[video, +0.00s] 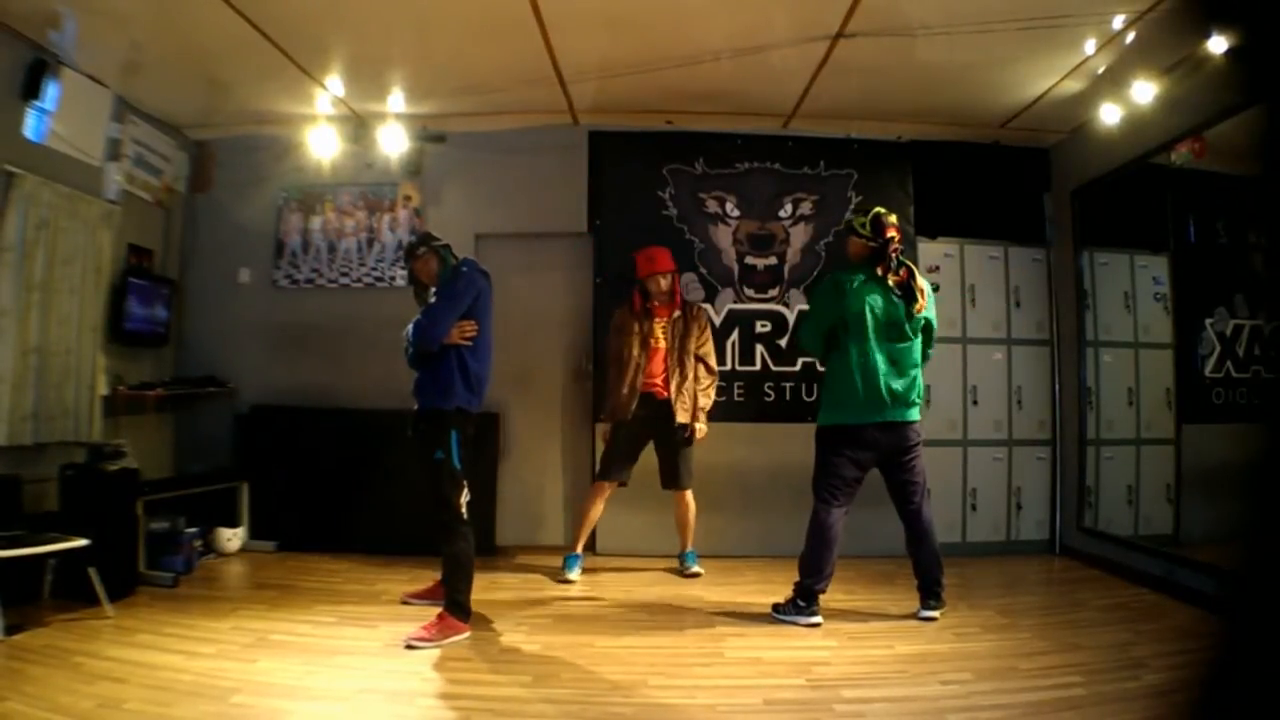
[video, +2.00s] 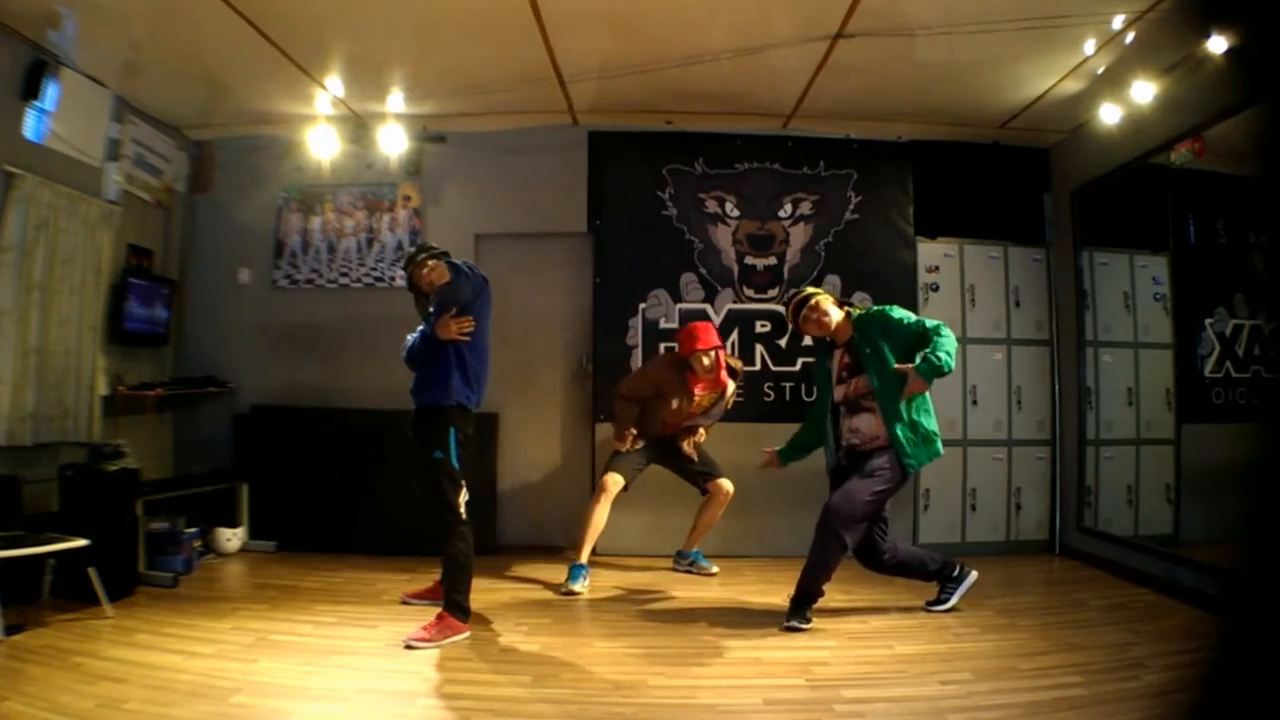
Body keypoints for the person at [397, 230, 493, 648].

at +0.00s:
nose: (418, 275)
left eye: (420, 265)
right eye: (413, 269)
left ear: (435, 255)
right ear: (419, 268)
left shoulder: (468, 276)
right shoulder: (443, 290)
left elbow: (432, 334)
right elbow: (411, 347)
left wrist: (414, 329)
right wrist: (438, 334)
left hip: (455, 408)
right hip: (435, 407)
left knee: (455, 509)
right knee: (443, 502)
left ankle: (456, 614)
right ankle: (448, 581)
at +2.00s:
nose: (428, 276)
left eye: (431, 267)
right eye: (420, 276)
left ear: (445, 263)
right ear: (417, 285)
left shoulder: (473, 283)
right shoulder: (435, 309)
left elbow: (456, 285)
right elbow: (410, 355)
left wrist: (415, 334)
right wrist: (433, 332)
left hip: (454, 407)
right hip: (431, 408)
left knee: (455, 508)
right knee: (443, 503)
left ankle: (455, 613)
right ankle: (448, 582)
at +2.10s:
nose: (427, 279)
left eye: (430, 270)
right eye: (419, 279)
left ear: (443, 262)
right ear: (416, 286)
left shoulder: (471, 281)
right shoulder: (435, 308)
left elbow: (453, 288)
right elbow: (410, 355)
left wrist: (416, 335)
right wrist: (434, 332)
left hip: (453, 406)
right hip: (432, 407)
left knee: (455, 508)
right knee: (444, 502)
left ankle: (455, 613)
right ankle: (448, 583)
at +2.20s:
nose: (428, 281)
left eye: (430, 272)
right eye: (420, 280)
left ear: (444, 264)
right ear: (417, 286)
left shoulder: (471, 281)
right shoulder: (436, 309)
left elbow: (454, 291)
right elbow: (411, 356)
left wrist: (417, 335)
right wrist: (434, 333)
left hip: (453, 407)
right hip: (432, 408)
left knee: (455, 508)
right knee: (443, 502)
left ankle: (456, 613)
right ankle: (447, 583)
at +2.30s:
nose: (427, 280)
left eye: (430, 270)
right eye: (419, 279)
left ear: (444, 264)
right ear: (417, 286)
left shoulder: (471, 281)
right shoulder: (435, 309)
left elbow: (455, 293)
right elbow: (410, 355)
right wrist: (434, 333)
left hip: (453, 407)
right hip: (432, 408)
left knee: (455, 508)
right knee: (443, 502)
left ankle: (455, 613)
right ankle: (447, 582)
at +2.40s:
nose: (428, 281)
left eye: (430, 272)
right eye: (420, 279)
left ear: (443, 264)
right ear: (417, 285)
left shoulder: (471, 280)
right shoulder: (435, 308)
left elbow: (454, 295)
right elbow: (410, 355)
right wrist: (434, 333)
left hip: (454, 407)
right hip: (431, 408)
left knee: (455, 508)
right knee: (442, 502)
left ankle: (455, 613)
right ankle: (447, 582)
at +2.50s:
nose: (428, 280)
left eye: (430, 271)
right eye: (420, 279)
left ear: (444, 264)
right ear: (417, 286)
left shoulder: (471, 280)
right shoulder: (434, 309)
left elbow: (455, 295)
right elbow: (411, 355)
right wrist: (434, 333)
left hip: (454, 406)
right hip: (431, 408)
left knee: (455, 508)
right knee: (442, 502)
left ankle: (455, 614)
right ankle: (447, 582)